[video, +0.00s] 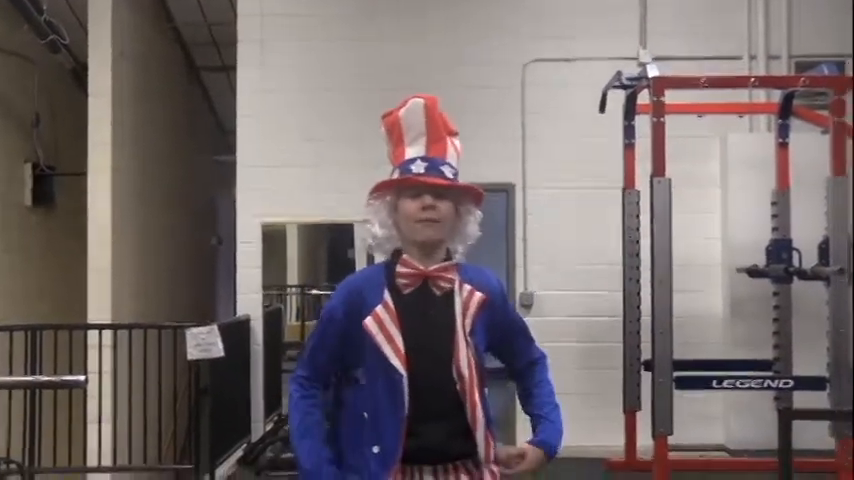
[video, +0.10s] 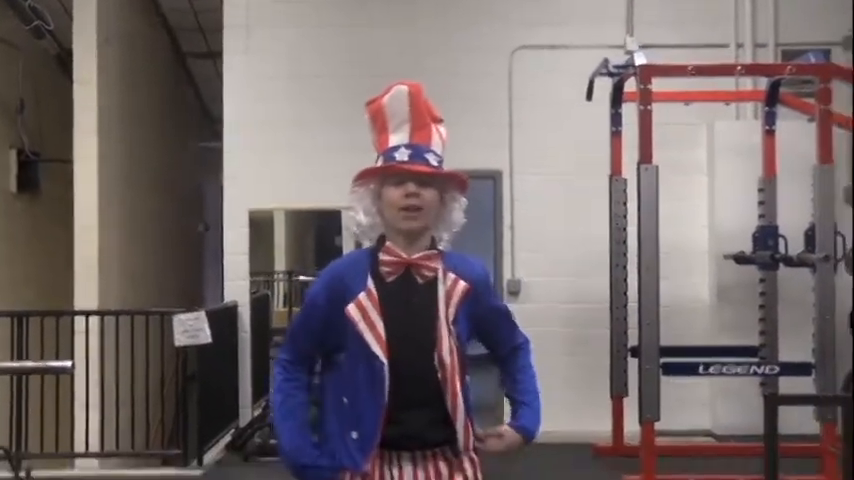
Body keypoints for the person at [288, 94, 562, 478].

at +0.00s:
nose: (428, 203)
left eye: (440, 194)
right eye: (413, 194)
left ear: (459, 211)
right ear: (392, 209)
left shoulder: (482, 287)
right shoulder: (359, 291)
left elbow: (529, 362)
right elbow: (307, 381)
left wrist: (545, 439)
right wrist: (319, 469)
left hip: (468, 469)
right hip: (384, 469)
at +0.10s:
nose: (411, 191)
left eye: (424, 182)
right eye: (397, 181)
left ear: (442, 199)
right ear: (376, 197)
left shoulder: (466, 277)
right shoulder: (342, 279)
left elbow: (512, 347)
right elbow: (291, 362)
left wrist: (522, 424)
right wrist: (302, 456)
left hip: (449, 463)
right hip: (365, 463)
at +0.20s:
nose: (407, 173)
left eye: (420, 164)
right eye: (393, 163)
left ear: (438, 180)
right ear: (371, 178)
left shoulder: (460, 261)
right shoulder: (333, 261)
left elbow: (505, 331)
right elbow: (286, 344)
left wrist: (510, 405)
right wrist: (290, 439)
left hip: (435, 456)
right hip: (349, 459)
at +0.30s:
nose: (394, 162)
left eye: (407, 152)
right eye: (381, 151)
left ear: (426, 167)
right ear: (360, 165)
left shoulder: (449, 247)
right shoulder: (322, 246)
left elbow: (498, 318)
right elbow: (277, 332)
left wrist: (492, 389)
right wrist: (274, 432)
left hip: (420, 443)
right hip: (336, 443)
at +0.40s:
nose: (386, 147)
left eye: (399, 137)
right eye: (373, 136)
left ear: (418, 152)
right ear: (352, 149)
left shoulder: (443, 231)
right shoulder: (313, 230)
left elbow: (497, 298)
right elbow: (274, 319)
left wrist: (480, 370)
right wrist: (260, 416)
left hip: (413, 425)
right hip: (330, 426)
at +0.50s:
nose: (377, 143)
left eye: (391, 133)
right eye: (364, 130)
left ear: (410, 148)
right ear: (343, 142)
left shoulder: (435, 226)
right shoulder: (304, 224)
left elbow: (490, 295)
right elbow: (269, 321)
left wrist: (478, 367)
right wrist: (253, 421)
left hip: (407, 422)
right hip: (321, 421)